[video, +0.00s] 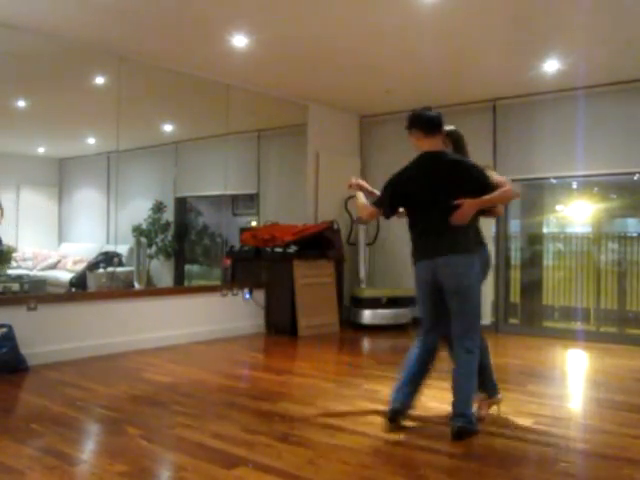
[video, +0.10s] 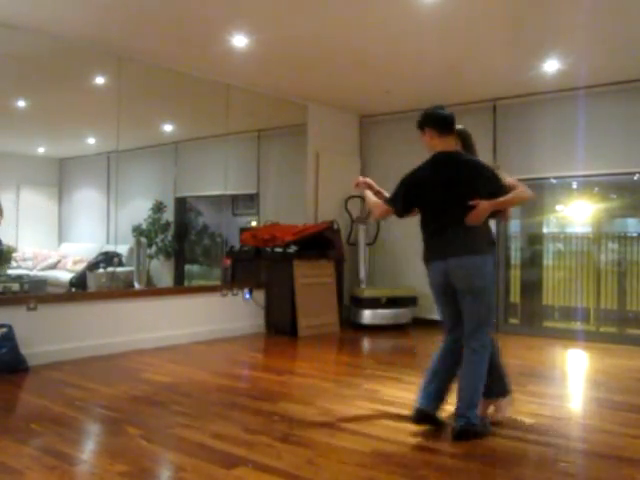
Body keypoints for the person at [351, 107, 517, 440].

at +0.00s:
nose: (412, 141)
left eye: (412, 136)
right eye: (413, 136)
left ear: (415, 136)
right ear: (443, 132)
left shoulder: (409, 174)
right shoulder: (462, 167)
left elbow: (368, 214)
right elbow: (509, 191)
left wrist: (358, 198)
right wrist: (476, 205)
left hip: (425, 263)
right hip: (462, 260)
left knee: (428, 333)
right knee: (466, 339)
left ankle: (398, 403)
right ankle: (462, 417)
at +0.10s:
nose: (423, 140)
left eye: (423, 135)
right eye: (423, 135)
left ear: (429, 134)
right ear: (455, 130)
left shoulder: (421, 174)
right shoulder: (474, 167)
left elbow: (382, 211)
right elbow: (523, 194)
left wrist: (368, 192)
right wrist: (490, 205)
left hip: (437, 263)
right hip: (474, 260)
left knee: (454, 335)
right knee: (478, 337)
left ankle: (426, 406)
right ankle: (467, 417)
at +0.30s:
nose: (446, 145)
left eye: (446, 138)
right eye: (445, 139)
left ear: (454, 137)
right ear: (476, 134)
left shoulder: (450, 175)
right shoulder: (500, 172)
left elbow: (411, 211)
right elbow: (539, 201)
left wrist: (388, 192)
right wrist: (515, 212)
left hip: (461, 268)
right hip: (496, 266)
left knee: (471, 340)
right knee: (493, 340)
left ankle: (489, 407)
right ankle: (468, 420)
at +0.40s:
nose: (457, 148)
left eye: (457, 141)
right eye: (456, 141)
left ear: (466, 139)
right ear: (486, 138)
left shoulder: (463, 177)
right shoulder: (510, 174)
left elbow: (423, 212)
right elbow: (546, 203)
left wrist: (399, 191)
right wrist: (527, 215)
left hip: (472, 268)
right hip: (507, 268)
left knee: (506, 333)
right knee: (494, 339)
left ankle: (520, 400)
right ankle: (469, 418)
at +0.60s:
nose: (479, 155)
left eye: (480, 148)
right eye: (479, 148)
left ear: (491, 144)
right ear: (508, 144)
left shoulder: (489, 181)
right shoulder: (534, 178)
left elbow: (449, 214)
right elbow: (555, 211)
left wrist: (424, 194)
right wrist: (545, 219)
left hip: (494, 265)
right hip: (529, 266)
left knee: (519, 335)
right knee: (509, 338)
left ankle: (538, 399)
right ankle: (479, 408)